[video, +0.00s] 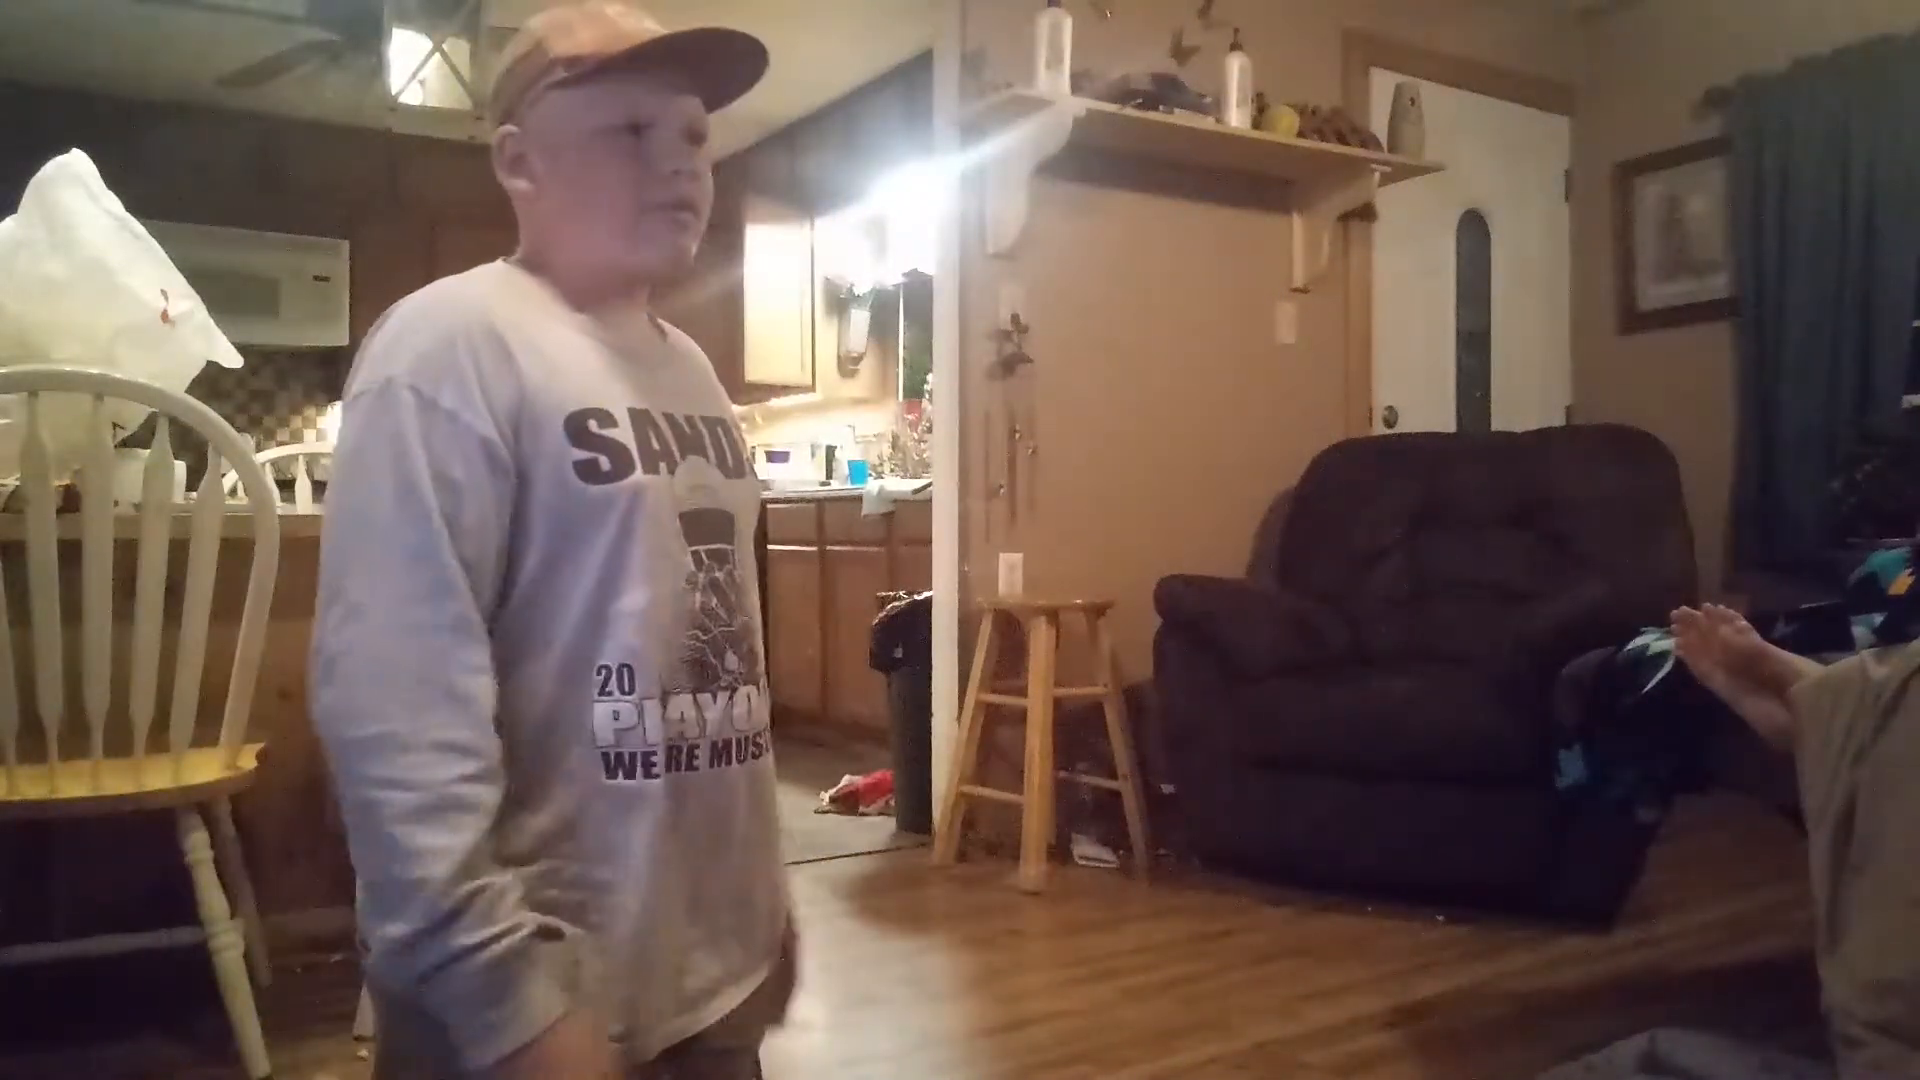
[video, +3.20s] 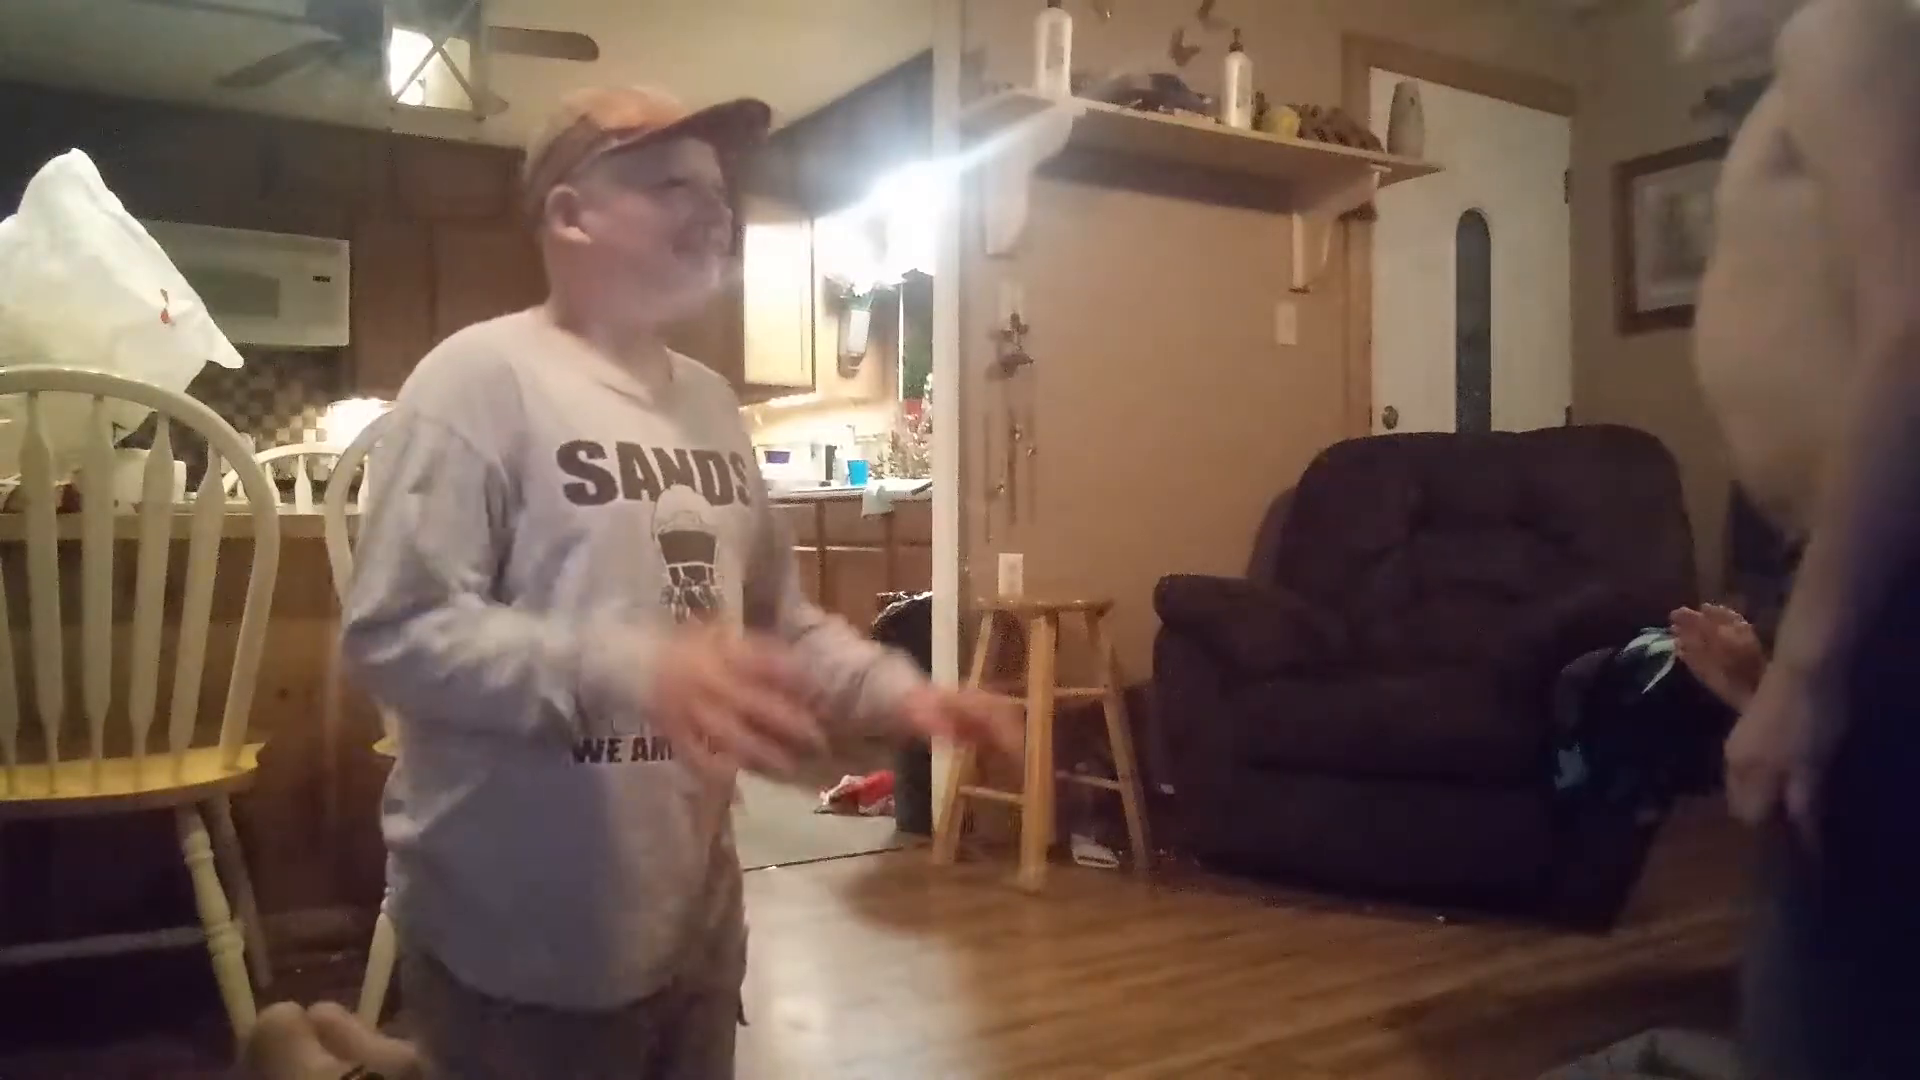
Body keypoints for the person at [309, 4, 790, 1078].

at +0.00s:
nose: (681, 166)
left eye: (694, 137)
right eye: (630, 131)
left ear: (710, 158)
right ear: (517, 159)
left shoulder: (689, 366)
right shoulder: (445, 348)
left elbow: (709, 657)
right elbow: (395, 705)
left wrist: (758, 902)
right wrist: (508, 1010)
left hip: (710, 982)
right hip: (535, 1008)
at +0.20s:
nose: (679, 160)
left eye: (690, 133)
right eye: (627, 128)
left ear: (707, 158)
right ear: (513, 161)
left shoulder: (695, 371)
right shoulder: (434, 351)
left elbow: (740, 650)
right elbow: (359, 691)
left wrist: (865, 794)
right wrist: (365, 951)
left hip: (720, 976)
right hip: (525, 990)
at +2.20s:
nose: (702, 206)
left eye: (707, 178)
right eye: (652, 172)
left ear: (719, 199)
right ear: (550, 203)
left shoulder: (698, 389)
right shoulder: (467, 380)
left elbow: (755, 644)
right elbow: (404, 690)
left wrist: (849, 777)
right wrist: (427, 977)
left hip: (715, 963)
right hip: (540, 987)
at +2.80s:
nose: (696, 193)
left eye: (699, 166)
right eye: (648, 161)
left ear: (708, 186)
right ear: (546, 189)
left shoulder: (692, 385)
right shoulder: (461, 374)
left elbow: (733, 636)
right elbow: (399, 687)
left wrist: (816, 806)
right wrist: (521, 951)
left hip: (703, 958)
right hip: (528, 984)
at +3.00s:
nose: (695, 191)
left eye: (693, 167)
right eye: (651, 161)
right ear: (542, 189)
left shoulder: (689, 387)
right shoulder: (455, 369)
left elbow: (727, 655)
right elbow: (383, 657)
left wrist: (829, 789)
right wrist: (606, 853)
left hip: (693, 942)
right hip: (510, 963)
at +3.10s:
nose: (701, 203)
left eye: (700, 178)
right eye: (656, 174)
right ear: (553, 203)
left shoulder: (698, 396)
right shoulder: (463, 374)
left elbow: (748, 638)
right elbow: (390, 650)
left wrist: (865, 748)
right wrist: (647, 766)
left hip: (691, 927)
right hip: (518, 951)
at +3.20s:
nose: (713, 213)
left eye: (718, 191)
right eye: (672, 185)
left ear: (729, 216)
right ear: (569, 215)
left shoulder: (710, 402)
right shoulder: (475, 377)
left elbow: (775, 624)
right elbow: (397, 630)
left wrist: (897, 696)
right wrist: (636, 673)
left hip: (693, 925)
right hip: (514, 945)